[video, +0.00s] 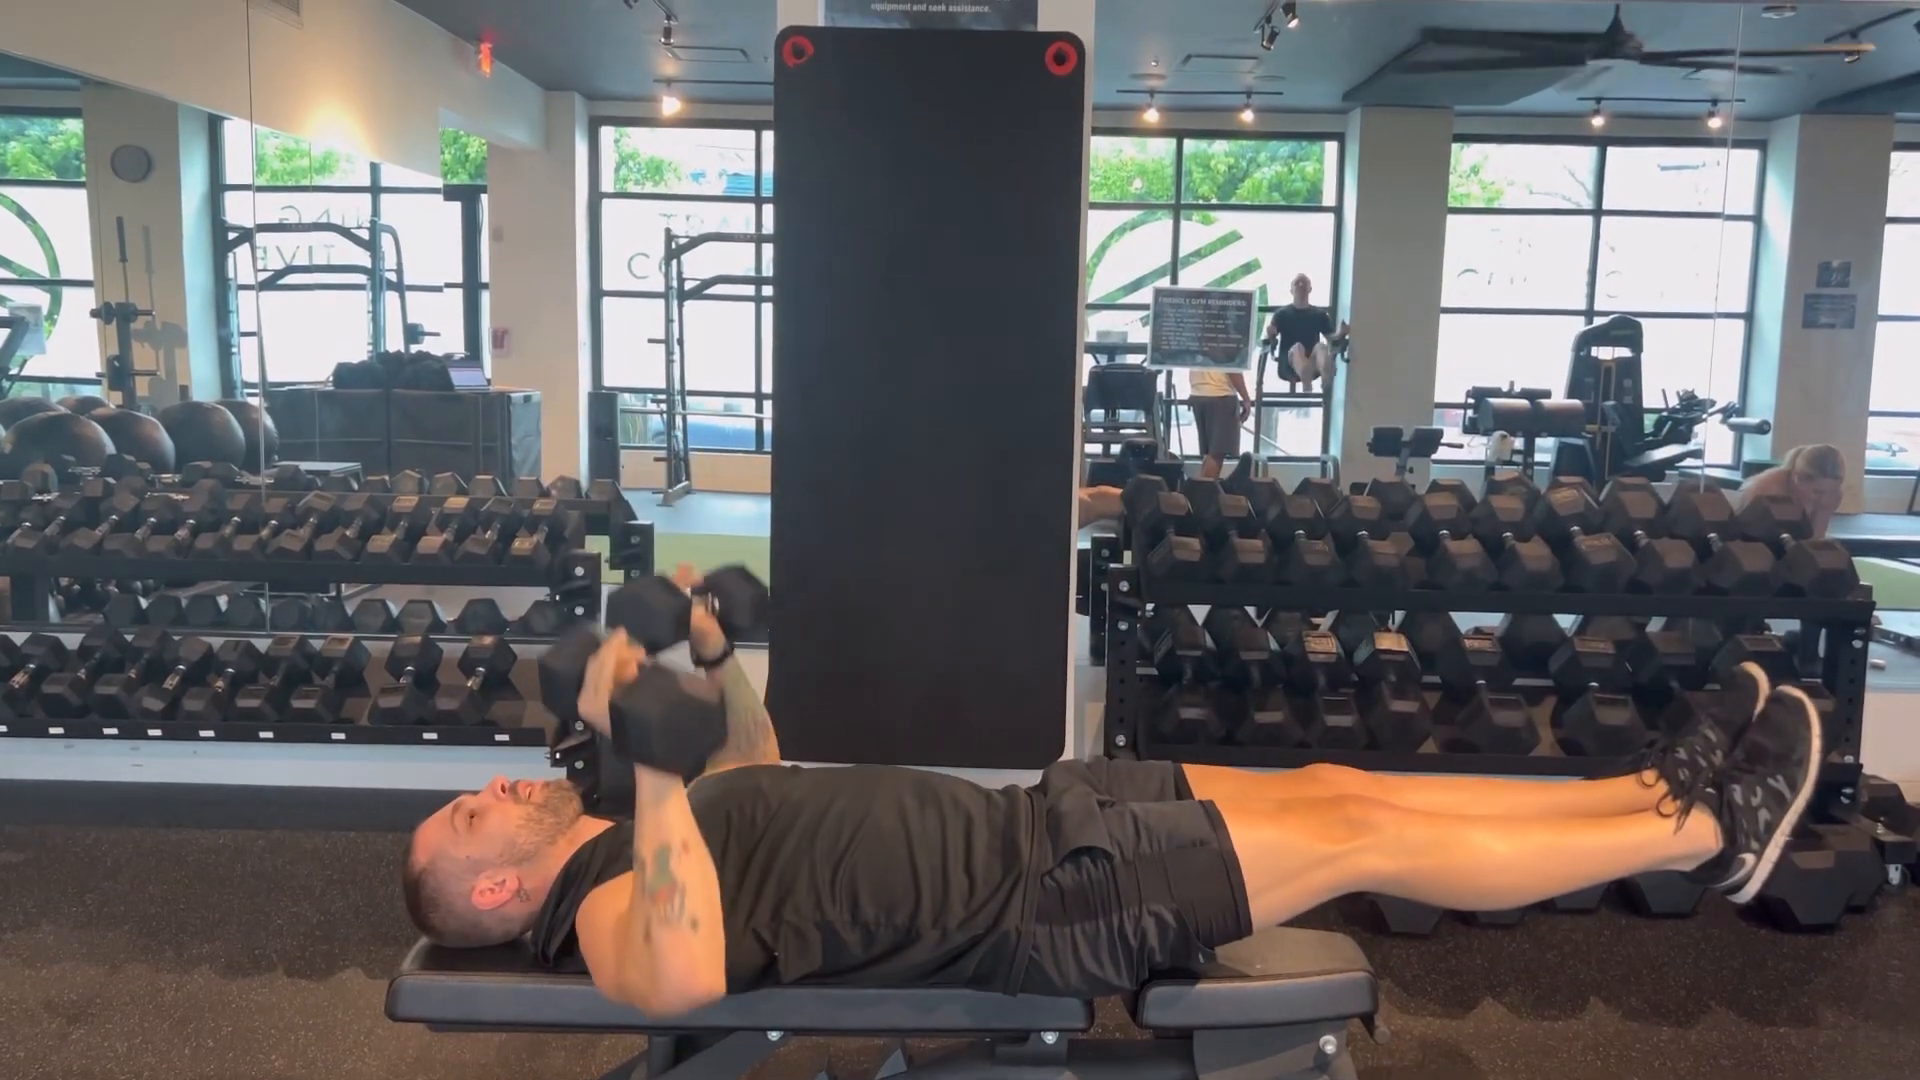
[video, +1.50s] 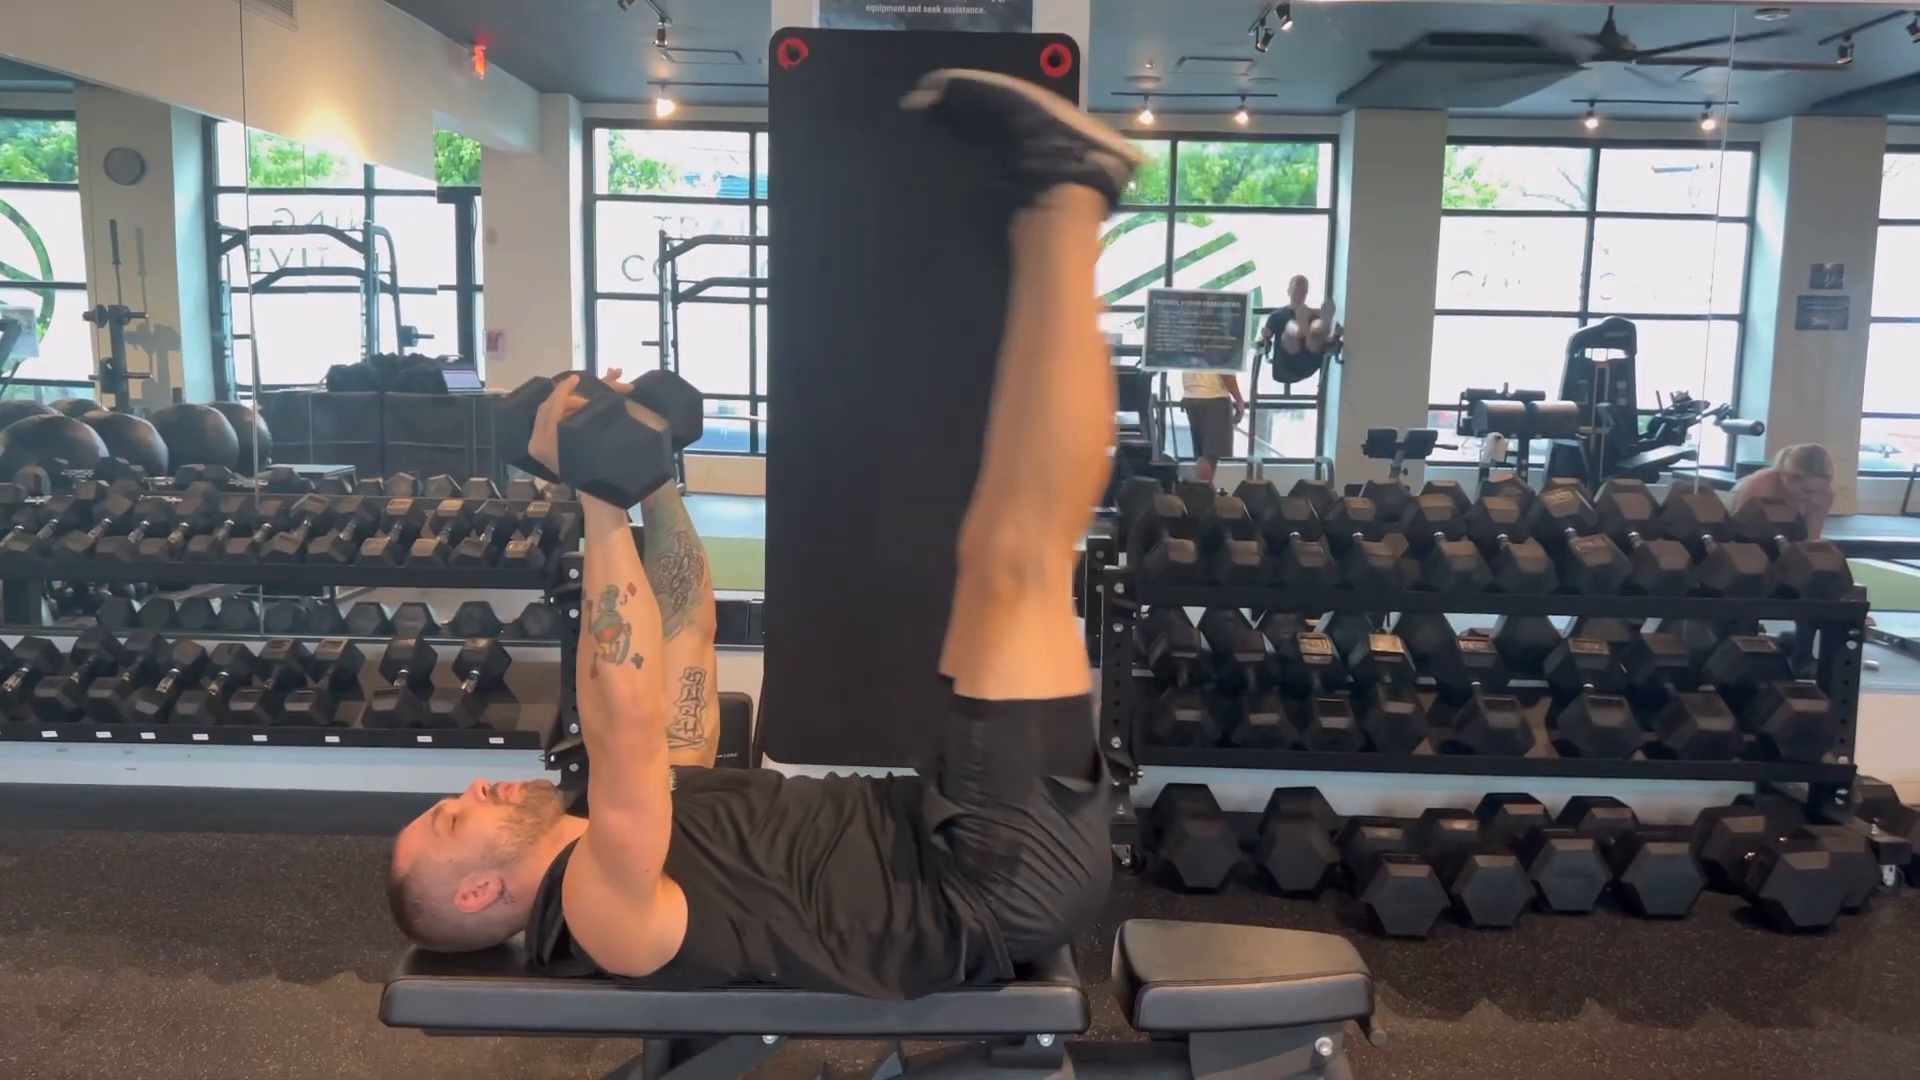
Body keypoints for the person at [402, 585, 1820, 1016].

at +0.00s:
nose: (511, 795)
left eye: (490, 799)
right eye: (483, 824)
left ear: (530, 816)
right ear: (490, 896)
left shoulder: (620, 820)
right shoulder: (594, 918)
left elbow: (651, 690)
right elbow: (677, 987)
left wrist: (628, 674)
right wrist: (652, 793)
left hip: (1046, 802)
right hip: (1040, 889)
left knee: (1341, 785)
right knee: (1362, 829)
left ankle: (1657, 809)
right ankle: (1698, 836)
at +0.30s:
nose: (496, 803)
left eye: (474, 814)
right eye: (478, 840)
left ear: (521, 836)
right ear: (513, 910)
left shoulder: (621, 820)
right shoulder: (653, 930)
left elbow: (717, 739)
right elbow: (643, 1036)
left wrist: (684, 748)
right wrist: (623, 890)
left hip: (1049, 810)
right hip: (1066, 899)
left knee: (1347, 796)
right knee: (1368, 854)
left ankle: (1660, 816)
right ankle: (1693, 857)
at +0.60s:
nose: (517, 798)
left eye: (493, 805)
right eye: (487, 832)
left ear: (528, 819)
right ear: (494, 897)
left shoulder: (623, 826)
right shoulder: (605, 919)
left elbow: (737, 751)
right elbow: (689, 984)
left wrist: (664, 662)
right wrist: (663, 783)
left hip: (1039, 824)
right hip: (1041, 898)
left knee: (1354, 815)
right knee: (1365, 848)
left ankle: (1669, 828)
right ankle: (1699, 865)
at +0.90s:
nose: (503, 805)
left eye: (481, 809)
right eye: (483, 841)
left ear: (535, 835)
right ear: (520, 911)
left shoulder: (651, 836)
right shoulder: (630, 913)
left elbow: (709, 686)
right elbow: (631, 706)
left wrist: (679, 511)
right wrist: (616, 517)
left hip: (1050, 809)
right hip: (1051, 888)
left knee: (1346, 780)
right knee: (1368, 842)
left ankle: (1675, 790)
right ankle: (1701, 831)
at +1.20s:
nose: (490, 794)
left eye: (474, 808)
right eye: (474, 833)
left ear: (524, 832)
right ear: (507, 893)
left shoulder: (636, 828)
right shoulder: (625, 907)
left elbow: (686, 646)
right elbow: (628, 690)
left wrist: (634, 472)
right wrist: (620, 504)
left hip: (1005, 821)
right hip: (1032, 889)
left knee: (1249, 631)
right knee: (1259, 650)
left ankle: (1504, 446)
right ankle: (1543, 454)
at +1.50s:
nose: (481, 790)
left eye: (453, 801)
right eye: (457, 819)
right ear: (489, 893)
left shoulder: (628, 841)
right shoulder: (611, 897)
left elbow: (685, 630)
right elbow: (621, 697)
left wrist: (651, 475)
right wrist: (599, 494)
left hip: (964, 839)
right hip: (991, 888)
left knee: (1016, 547)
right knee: (1013, 550)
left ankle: (1061, 206)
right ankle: (1064, 201)